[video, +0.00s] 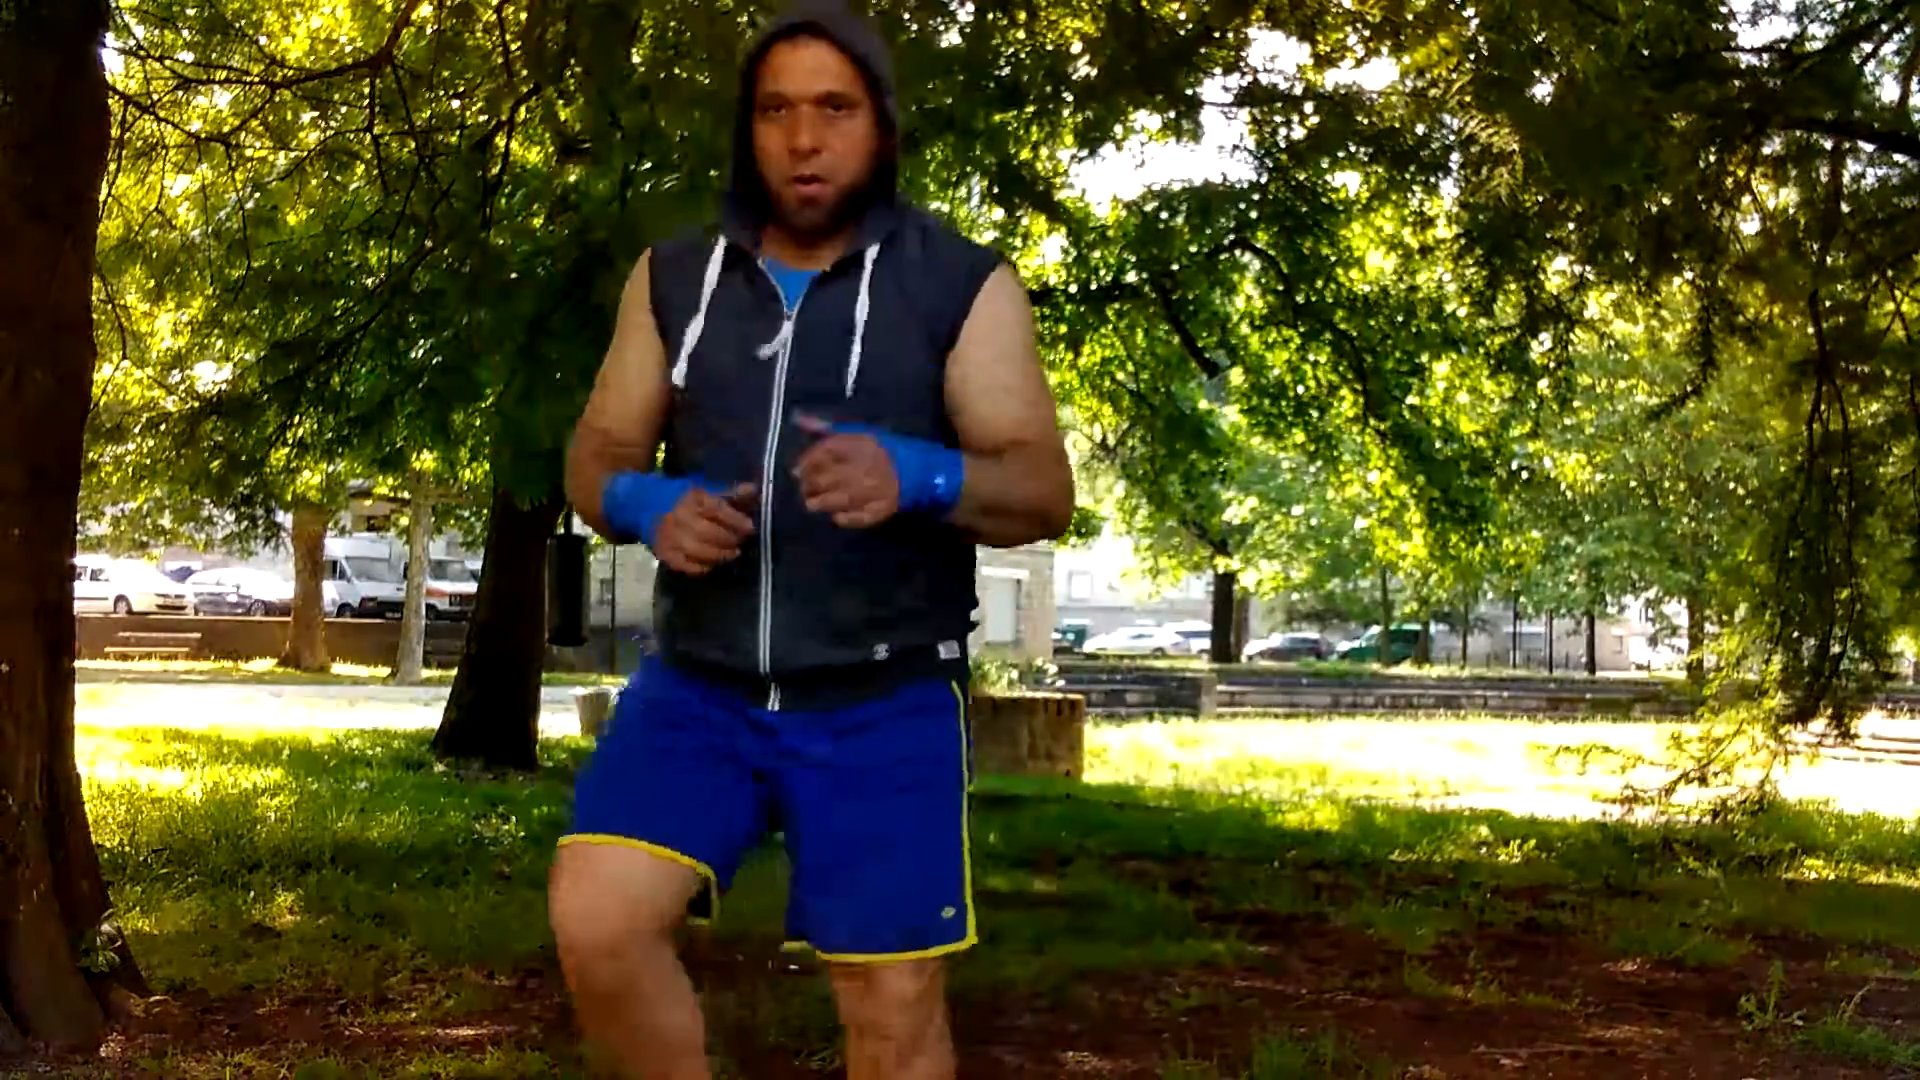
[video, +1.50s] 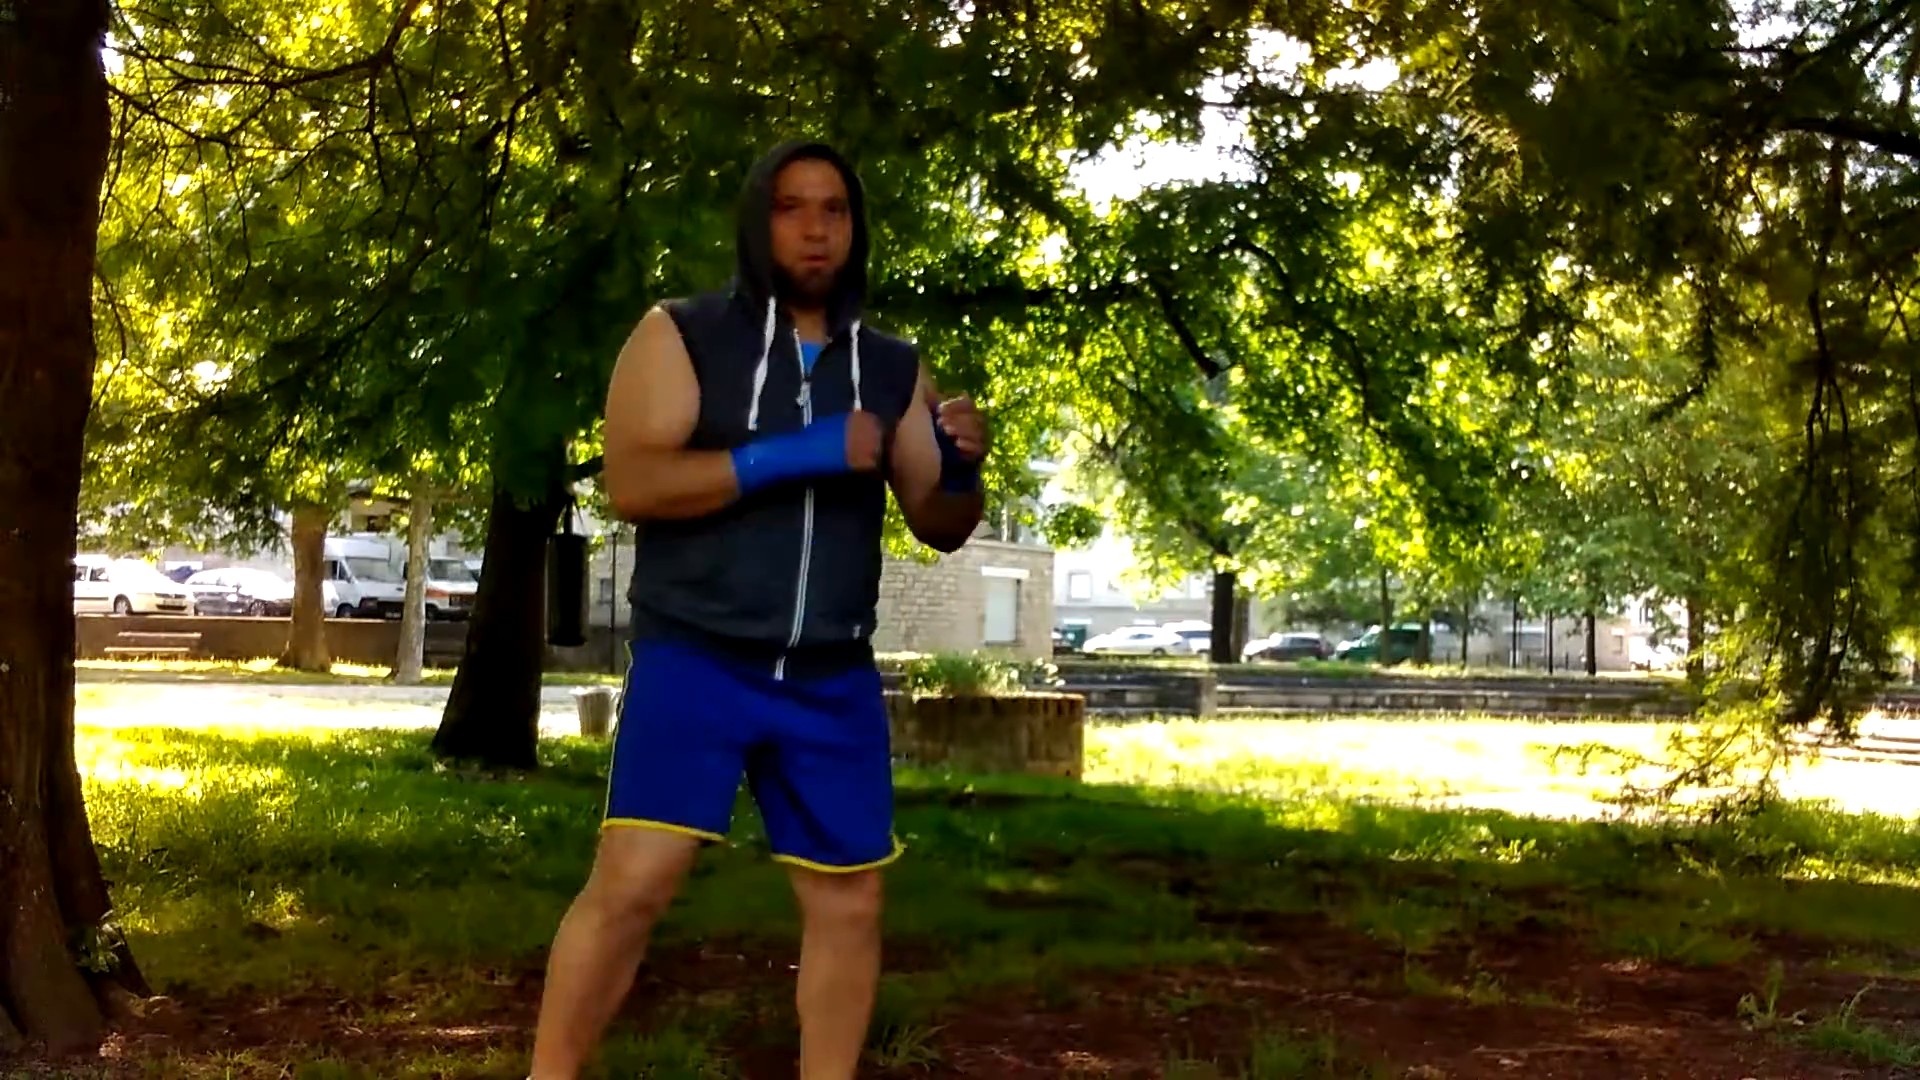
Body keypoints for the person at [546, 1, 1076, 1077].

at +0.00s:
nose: (804, 138)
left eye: (835, 110)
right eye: (778, 111)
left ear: (883, 128)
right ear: (748, 129)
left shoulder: (965, 287)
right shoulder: (674, 276)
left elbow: (1041, 493)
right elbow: (593, 456)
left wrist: (919, 474)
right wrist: (654, 506)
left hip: (882, 701)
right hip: (699, 689)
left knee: (888, 1002)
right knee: (598, 920)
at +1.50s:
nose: (816, 227)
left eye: (833, 209)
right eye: (793, 209)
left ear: (856, 228)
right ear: (757, 226)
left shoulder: (892, 367)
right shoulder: (679, 333)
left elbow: (940, 527)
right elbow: (634, 484)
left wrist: (964, 469)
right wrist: (808, 450)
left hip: (831, 676)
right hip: (693, 663)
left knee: (850, 903)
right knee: (631, 890)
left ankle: (827, 1075)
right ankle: (551, 1071)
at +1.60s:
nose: (807, 214)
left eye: (824, 196)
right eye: (782, 196)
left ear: (846, 214)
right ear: (745, 214)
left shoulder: (867, 340)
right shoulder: (676, 309)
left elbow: (889, 515)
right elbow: (673, 435)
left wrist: (924, 436)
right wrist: (813, 369)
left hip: (811, 656)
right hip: (680, 646)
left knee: (828, 892)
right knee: (606, 880)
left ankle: (819, 1076)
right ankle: (503, 1070)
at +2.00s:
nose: (686, 223)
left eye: (695, 205)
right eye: (664, 201)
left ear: (701, 220)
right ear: (607, 208)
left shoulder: (714, 330)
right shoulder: (511, 330)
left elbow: (831, 430)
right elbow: (549, 493)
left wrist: (882, 354)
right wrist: (674, 380)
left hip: (699, 667)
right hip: (555, 669)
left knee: (785, 863)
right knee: (514, 921)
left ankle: (725, 1072)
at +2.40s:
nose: (682, 225)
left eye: (692, 206)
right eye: (660, 202)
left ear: (700, 220)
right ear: (603, 205)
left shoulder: (696, 336)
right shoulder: (513, 314)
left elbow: (760, 488)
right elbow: (604, 430)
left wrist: (812, 432)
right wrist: (726, 330)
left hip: (694, 669)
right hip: (555, 670)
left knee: (760, 883)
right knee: (503, 917)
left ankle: (781, 1075)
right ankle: (455, 1073)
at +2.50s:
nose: (701, 249)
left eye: (715, 232)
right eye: (682, 225)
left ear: (724, 240)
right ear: (626, 218)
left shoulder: (720, 353)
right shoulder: (544, 320)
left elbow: (803, 484)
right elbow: (700, 365)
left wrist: (869, 409)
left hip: (707, 679)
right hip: (566, 671)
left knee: (752, 907)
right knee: (519, 921)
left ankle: (779, 1078)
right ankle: (460, 1075)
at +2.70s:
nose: (821, 284)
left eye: (832, 265)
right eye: (807, 258)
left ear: (833, 264)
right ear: (750, 241)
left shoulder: (805, 359)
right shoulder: (638, 329)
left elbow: (877, 510)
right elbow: (692, 487)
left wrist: (909, 382)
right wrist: (827, 374)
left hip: (763, 679)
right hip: (638, 670)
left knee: (789, 909)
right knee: (592, 899)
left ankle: (797, 1077)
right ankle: (496, 1070)